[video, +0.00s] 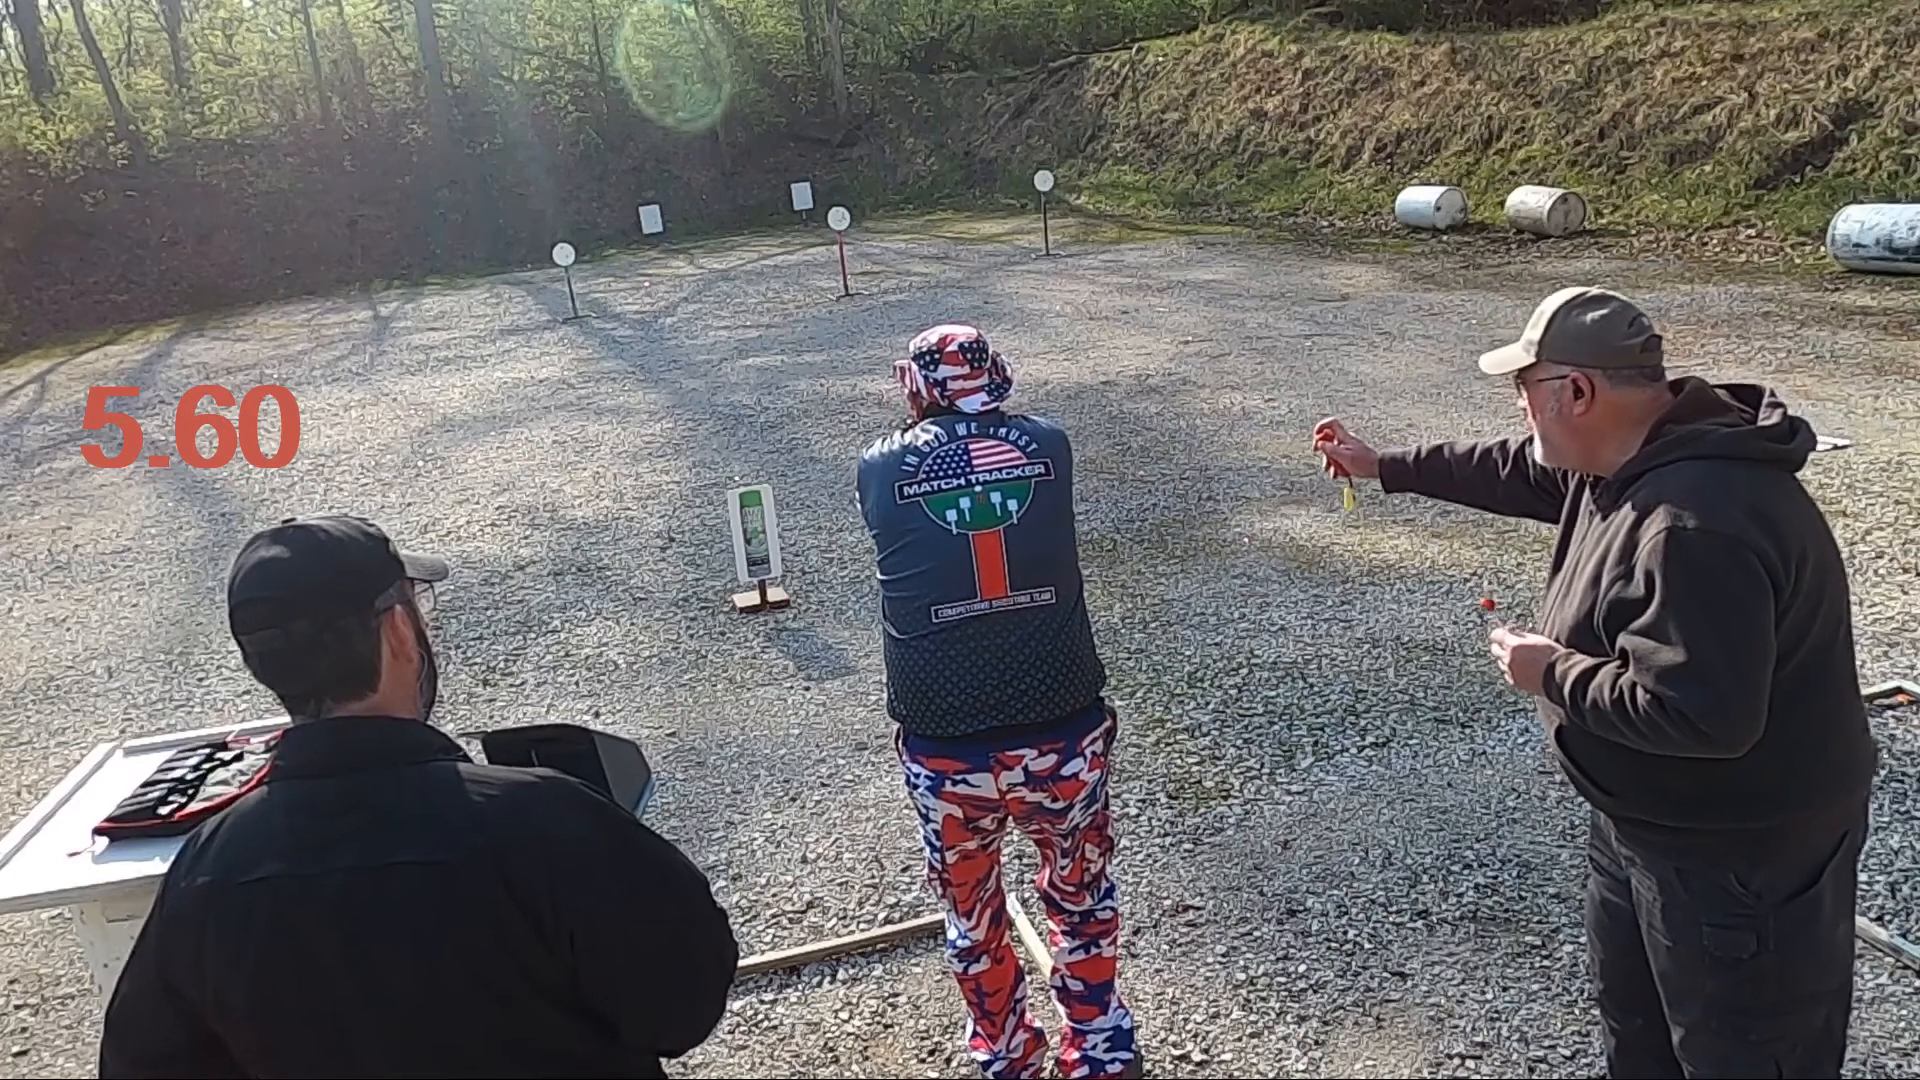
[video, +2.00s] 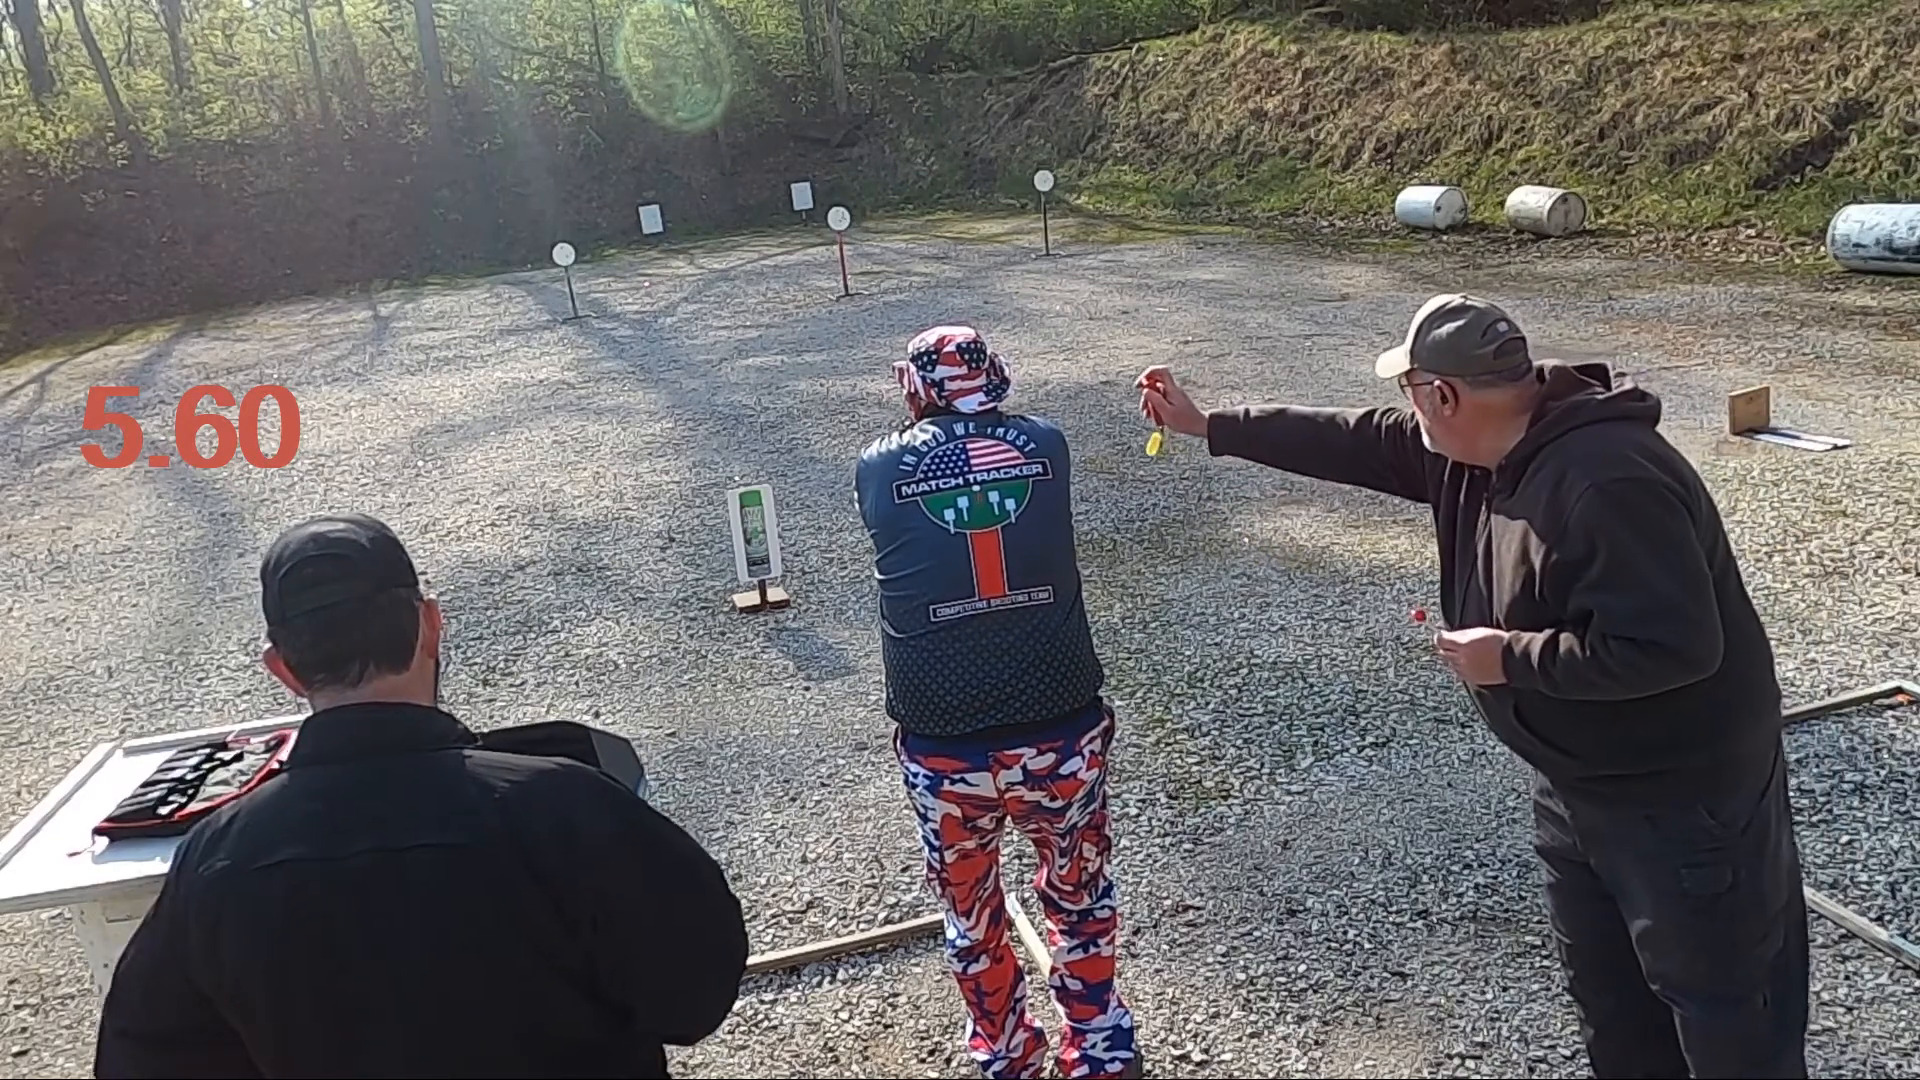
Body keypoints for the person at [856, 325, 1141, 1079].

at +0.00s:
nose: (904, 398)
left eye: (907, 389)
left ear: (916, 396)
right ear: (997, 387)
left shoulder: (879, 470)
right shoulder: (1049, 444)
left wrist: (931, 416)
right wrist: (947, 411)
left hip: (946, 752)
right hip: (1064, 738)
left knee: (973, 908)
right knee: (1082, 898)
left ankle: (1005, 1058)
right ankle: (1102, 1056)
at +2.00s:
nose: (902, 400)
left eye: (905, 391)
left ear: (915, 398)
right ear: (996, 389)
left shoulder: (877, 470)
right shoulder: (1045, 443)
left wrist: (931, 423)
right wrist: (946, 418)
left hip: (944, 749)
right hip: (1062, 736)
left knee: (971, 906)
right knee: (1080, 896)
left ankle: (1005, 1057)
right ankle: (1102, 1056)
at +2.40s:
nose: (903, 402)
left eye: (905, 392)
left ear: (912, 400)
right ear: (994, 389)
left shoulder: (877, 471)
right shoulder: (1043, 443)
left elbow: (896, 455)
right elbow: (986, 439)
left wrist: (912, 415)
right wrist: (942, 409)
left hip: (944, 749)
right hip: (1061, 735)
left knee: (972, 908)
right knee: (1079, 897)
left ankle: (1007, 1058)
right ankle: (1101, 1056)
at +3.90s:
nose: (981, 380)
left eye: (979, 369)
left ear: (978, 378)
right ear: (1056, 368)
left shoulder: (939, 446)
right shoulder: (1101, 419)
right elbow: (1053, 419)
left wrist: (993, 396)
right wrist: (1012, 391)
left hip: (1005, 725)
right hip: (1126, 711)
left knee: (995, 892)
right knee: (1172, 847)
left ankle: (1001, 1055)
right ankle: (1176, 1025)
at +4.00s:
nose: (1077, 392)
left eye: (1015, 379)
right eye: (1081, 379)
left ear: (1010, 389)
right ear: (1088, 383)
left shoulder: (970, 460)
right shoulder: (1131, 433)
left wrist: (1032, 410)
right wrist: (1051, 406)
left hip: (1032, 736)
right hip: (1155, 721)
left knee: (1008, 887)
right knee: (1236, 844)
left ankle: (1002, 1052)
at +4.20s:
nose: (1210, 392)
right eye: (1213, 380)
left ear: (1143, 387)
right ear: (1220, 387)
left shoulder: (1097, 453)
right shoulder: (1257, 441)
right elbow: (1202, 443)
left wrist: (1161, 403)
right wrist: (1170, 404)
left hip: (1119, 733)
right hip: (1245, 731)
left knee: (1065, 880)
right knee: (1344, 826)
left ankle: (1013, 1052)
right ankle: (1434, 957)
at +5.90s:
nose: (1791, 250)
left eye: (1792, 241)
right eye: (1788, 240)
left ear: (1801, 247)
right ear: (1868, 237)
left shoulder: (1768, 300)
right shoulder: (1910, 289)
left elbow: (1710, 317)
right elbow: (1866, 281)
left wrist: (1711, 277)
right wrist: (1807, 255)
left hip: (1809, 534)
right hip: (1911, 532)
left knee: (1728, 649)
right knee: (1897, 676)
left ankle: (1718, 812)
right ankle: (1902, 811)